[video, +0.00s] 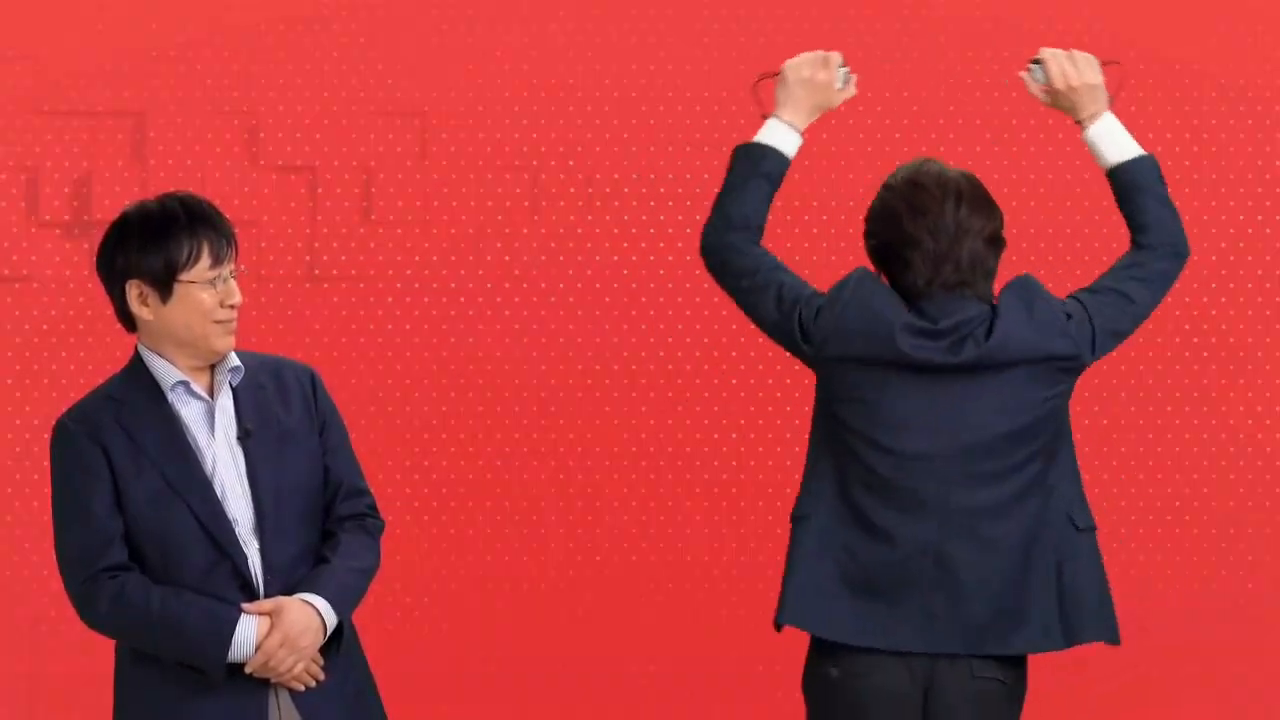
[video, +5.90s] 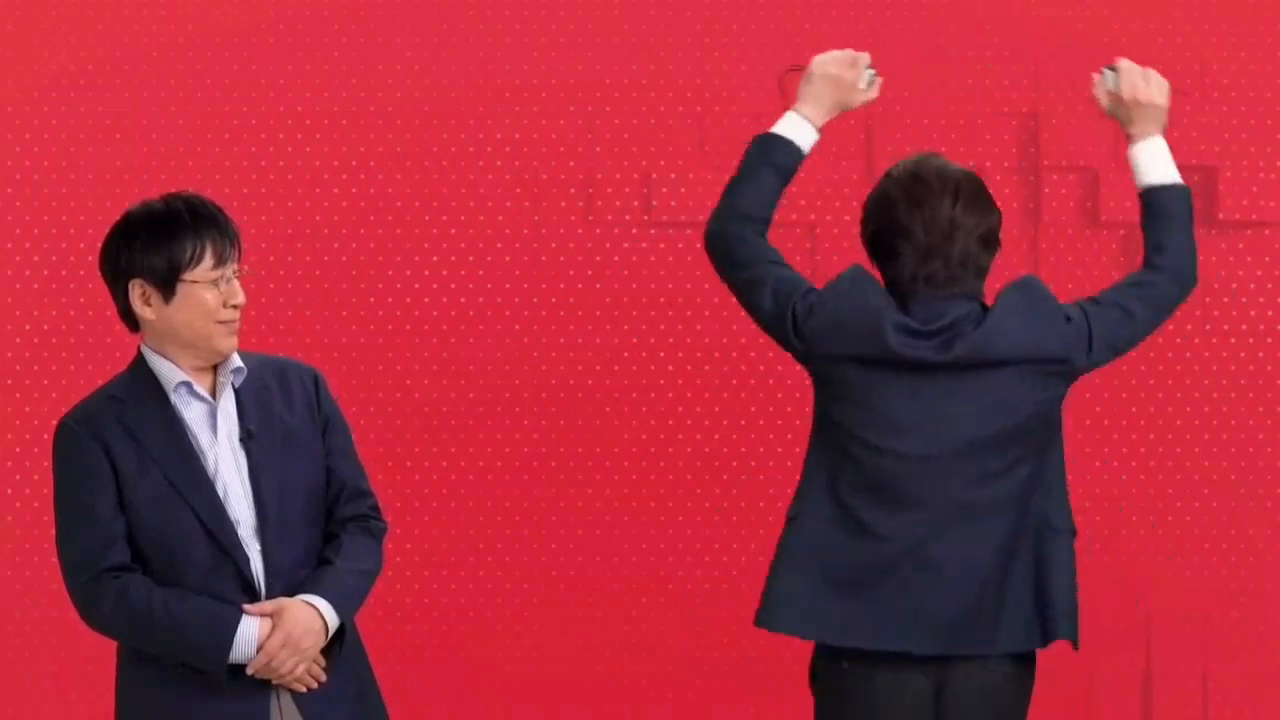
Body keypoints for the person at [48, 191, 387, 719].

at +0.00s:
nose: (233, 298)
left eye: (232, 278)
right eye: (210, 283)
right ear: (143, 300)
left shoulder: (297, 389)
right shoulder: (89, 433)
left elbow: (358, 522)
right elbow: (101, 591)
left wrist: (318, 611)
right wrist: (248, 638)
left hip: (331, 700)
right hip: (190, 708)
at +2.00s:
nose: (238, 298)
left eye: (236, 278)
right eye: (215, 283)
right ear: (147, 301)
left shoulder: (301, 389)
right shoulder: (91, 434)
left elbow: (361, 526)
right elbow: (103, 591)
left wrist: (320, 613)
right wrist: (252, 640)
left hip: (334, 701)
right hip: (192, 708)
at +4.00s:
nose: (238, 298)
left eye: (236, 278)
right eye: (213, 282)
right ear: (147, 300)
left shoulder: (300, 389)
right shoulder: (92, 433)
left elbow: (361, 523)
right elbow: (104, 590)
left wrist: (319, 611)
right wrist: (251, 638)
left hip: (333, 700)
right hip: (192, 708)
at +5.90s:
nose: (237, 298)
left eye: (235, 278)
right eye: (213, 282)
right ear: (146, 300)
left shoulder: (300, 389)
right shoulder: (91, 434)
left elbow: (361, 526)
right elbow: (102, 591)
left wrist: (319, 612)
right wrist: (251, 640)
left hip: (333, 700)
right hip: (192, 707)